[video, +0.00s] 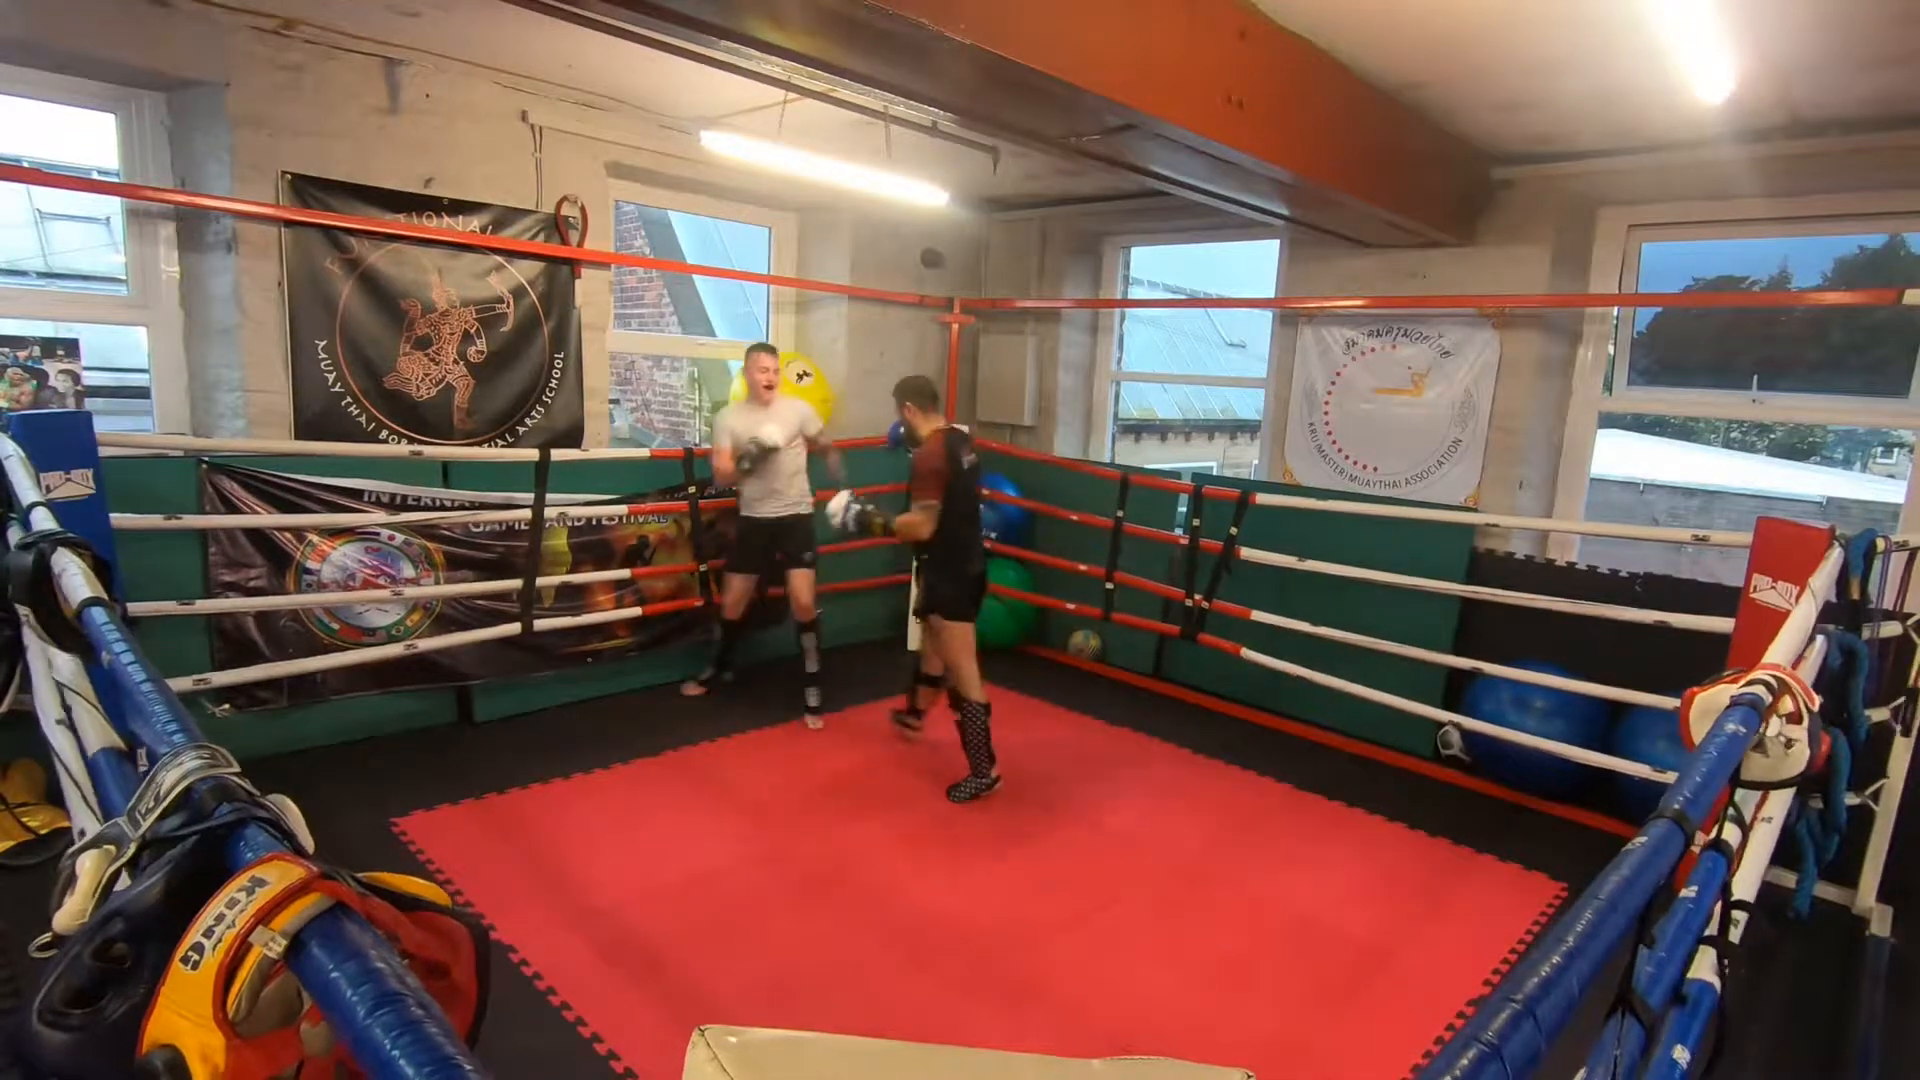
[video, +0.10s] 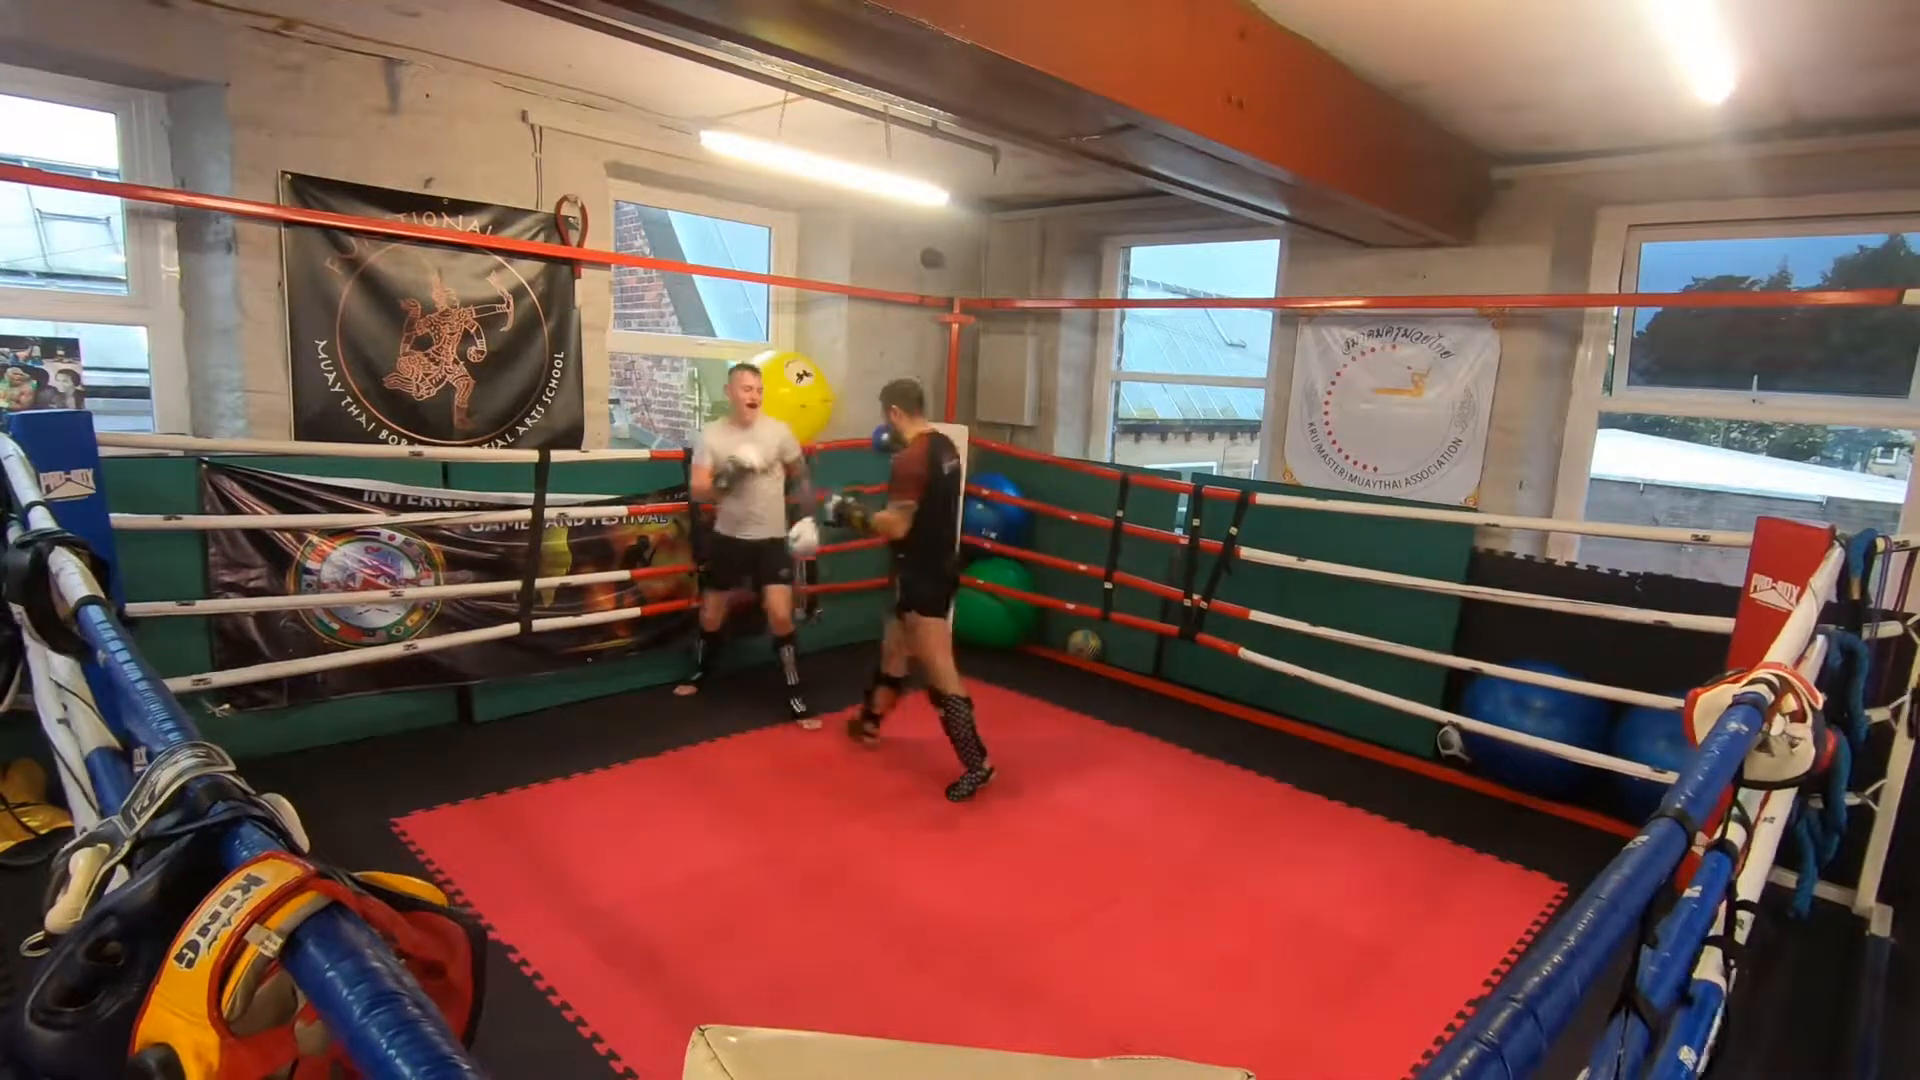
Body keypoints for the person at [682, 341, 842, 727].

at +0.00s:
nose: (769, 377)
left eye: (774, 371)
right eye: (761, 371)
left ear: (780, 374)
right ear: (746, 374)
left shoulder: (799, 411)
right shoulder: (729, 418)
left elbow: (827, 450)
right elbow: (721, 474)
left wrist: (837, 473)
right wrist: (748, 460)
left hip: (796, 517)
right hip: (753, 520)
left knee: (803, 603)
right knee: (733, 604)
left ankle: (812, 686)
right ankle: (716, 670)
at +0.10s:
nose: (753, 395)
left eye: (758, 389)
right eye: (746, 389)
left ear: (762, 394)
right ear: (729, 393)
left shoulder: (779, 433)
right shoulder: (712, 436)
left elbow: (801, 479)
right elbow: (698, 489)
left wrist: (807, 517)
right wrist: (726, 480)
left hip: (772, 539)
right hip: (727, 539)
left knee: (781, 616)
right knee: (712, 615)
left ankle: (795, 697)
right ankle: (698, 677)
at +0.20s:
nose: (745, 389)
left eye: (750, 383)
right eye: (738, 382)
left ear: (755, 386)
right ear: (721, 385)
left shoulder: (769, 425)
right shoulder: (704, 427)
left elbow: (789, 472)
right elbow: (691, 481)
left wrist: (786, 517)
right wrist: (721, 477)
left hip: (760, 528)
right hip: (717, 528)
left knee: (767, 609)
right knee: (708, 609)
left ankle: (782, 688)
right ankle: (700, 674)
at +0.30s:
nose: (743, 381)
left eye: (748, 375)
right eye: (736, 374)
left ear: (752, 378)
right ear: (719, 376)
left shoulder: (767, 415)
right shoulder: (700, 418)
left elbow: (788, 455)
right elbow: (690, 475)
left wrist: (782, 496)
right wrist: (724, 461)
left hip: (755, 519)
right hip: (714, 519)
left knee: (751, 602)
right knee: (705, 601)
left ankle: (766, 688)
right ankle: (703, 671)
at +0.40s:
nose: (741, 383)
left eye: (746, 377)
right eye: (734, 376)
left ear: (750, 381)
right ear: (717, 378)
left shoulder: (762, 416)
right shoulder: (698, 420)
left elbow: (783, 464)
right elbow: (690, 477)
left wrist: (776, 495)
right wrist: (719, 459)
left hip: (751, 520)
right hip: (711, 522)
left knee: (750, 598)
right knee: (704, 604)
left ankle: (768, 689)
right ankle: (707, 675)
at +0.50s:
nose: (736, 382)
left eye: (740, 377)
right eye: (729, 376)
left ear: (745, 380)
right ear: (712, 378)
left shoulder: (759, 414)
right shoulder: (699, 420)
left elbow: (780, 458)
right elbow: (702, 473)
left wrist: (775, 485)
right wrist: (725, 446)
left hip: (754, 513)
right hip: (716, 516)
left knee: (746, 565)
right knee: (703, 598)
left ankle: (757, 657)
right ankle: (707, 671)